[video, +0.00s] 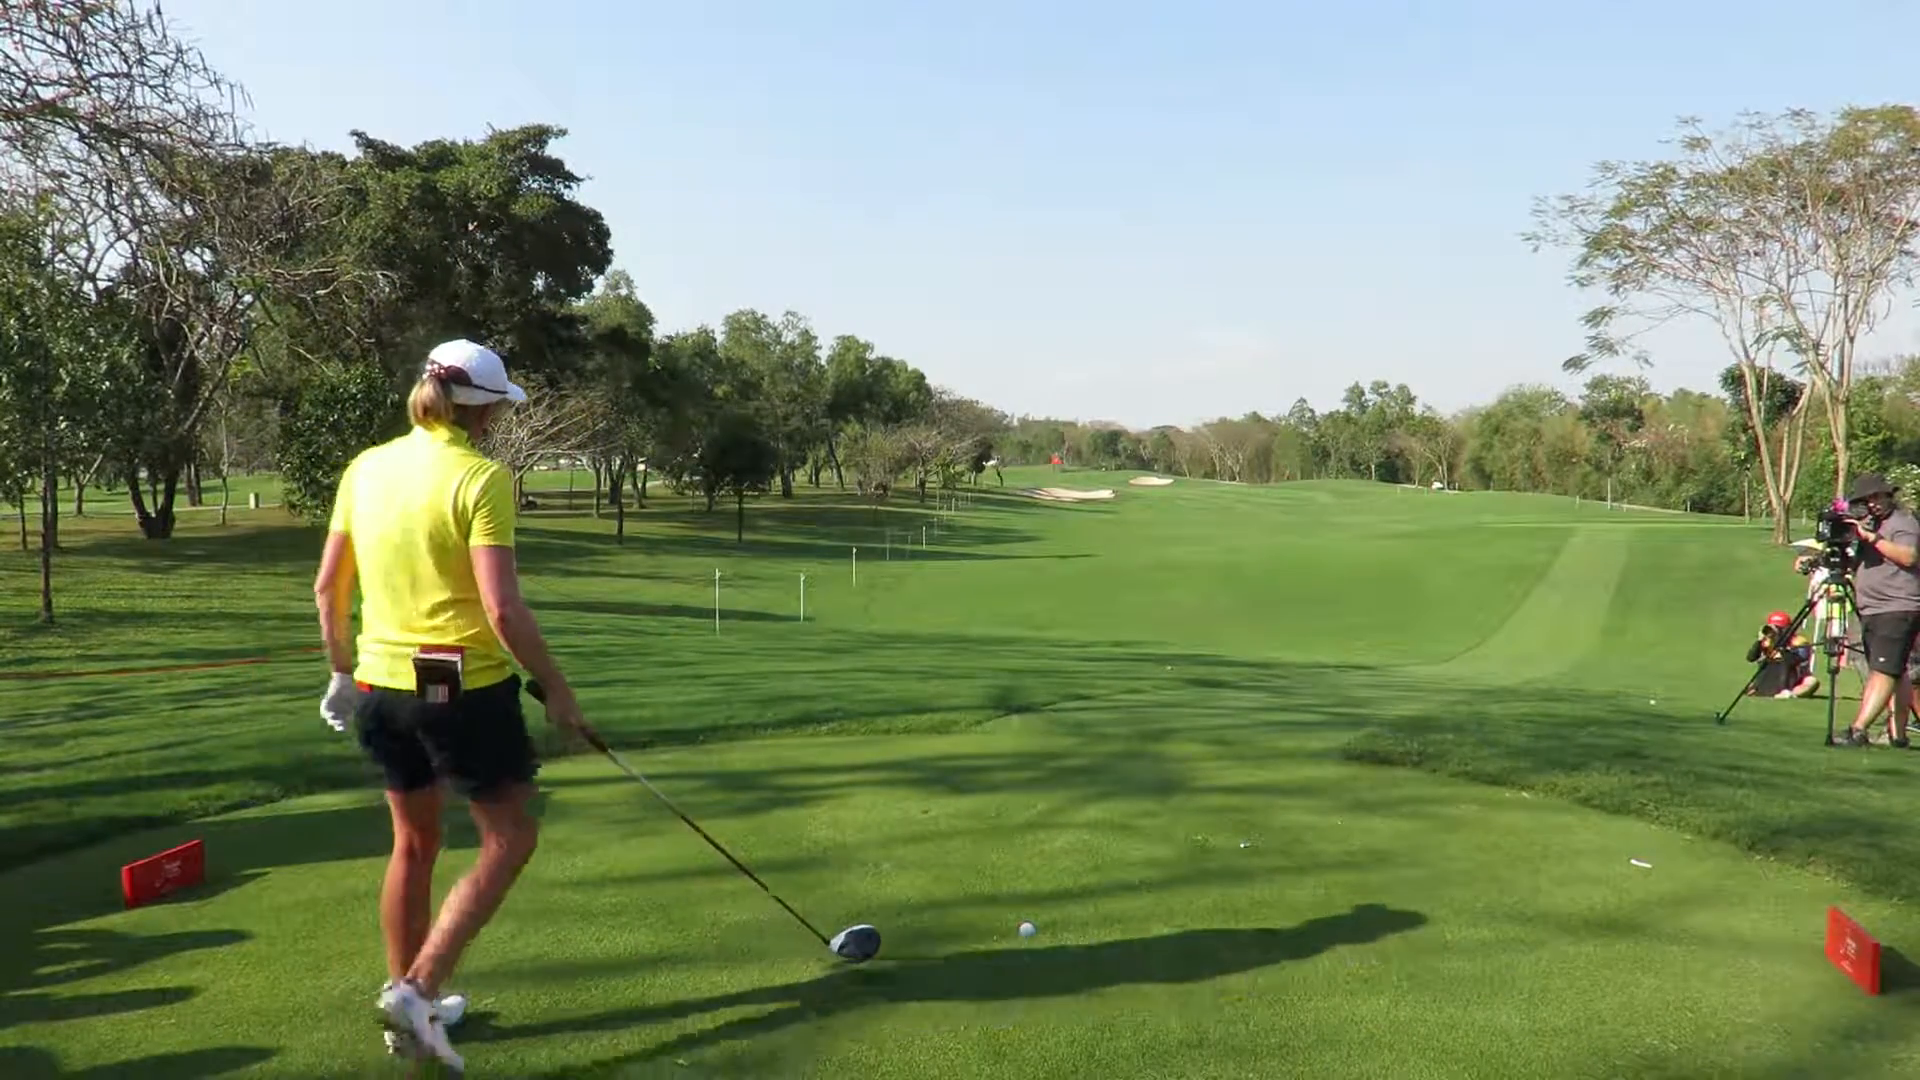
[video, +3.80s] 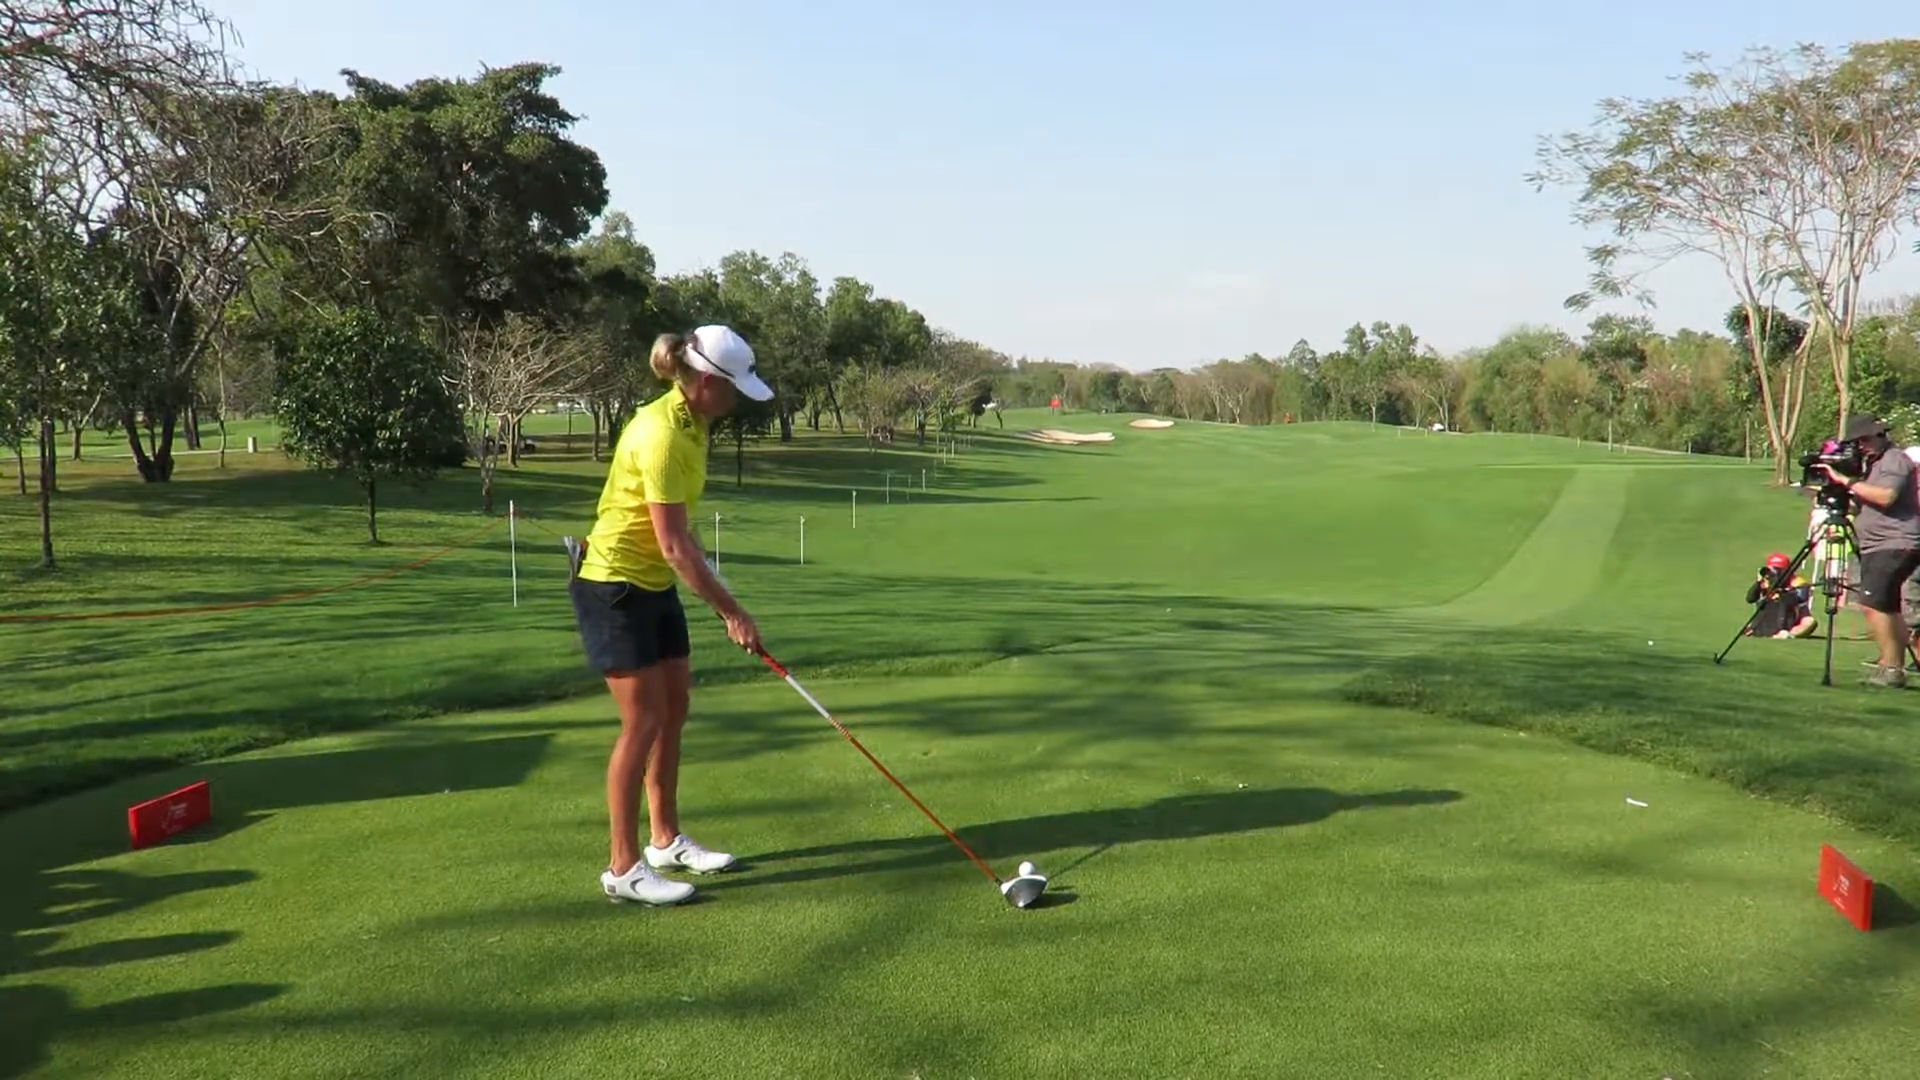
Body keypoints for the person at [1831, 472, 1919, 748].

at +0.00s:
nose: (1873, 505)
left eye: (1877, 499)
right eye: (1867, 501)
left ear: (1889, 497)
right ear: (1863, 505)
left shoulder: (1902, 522)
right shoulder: (1870, 526)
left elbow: (1909, 557)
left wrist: (1872, 538)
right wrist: (1844, 536)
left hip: (1898, 608)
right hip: (1873, 609)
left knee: (1883, 669)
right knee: (1893, 673)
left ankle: (1858, 728)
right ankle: (1898, 734)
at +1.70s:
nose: (1867, 469)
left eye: (1871, 462)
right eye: (1863, 464)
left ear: (1886, 459)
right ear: (1862, 465)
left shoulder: (1899, 483)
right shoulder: (1876, 488)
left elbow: (1899, 517)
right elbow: (1867, 524)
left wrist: (1862, 501)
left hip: (1896, 569)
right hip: (1874, 570)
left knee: (1881, 631)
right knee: (1893, 634)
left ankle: (1855, 691)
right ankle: (1896, 695)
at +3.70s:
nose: (1862, 448)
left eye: (1865, 441)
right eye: (1858, 444)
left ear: (1880, 437)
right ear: (1859, 445)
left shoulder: (1894, 461)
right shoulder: (1876, 465)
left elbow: (1887, 497)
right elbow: (1865, 497)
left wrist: (1848, 483)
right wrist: (1841, 481)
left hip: (1896, 544)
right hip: (1878, 545)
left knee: (1867, 599)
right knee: (1893, 611)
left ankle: (1874, 666)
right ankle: (1896, 673)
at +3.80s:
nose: (1862, 449)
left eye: (1865, 441)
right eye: (1858, 444)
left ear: (1879, 437)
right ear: (1860, 444)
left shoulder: (1895, 460)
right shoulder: (1878, 464)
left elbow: (1886, 496)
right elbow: (1863, 503)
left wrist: (1847, 483)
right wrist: (1841, 485)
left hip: (1896, 545)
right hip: (1881, 545)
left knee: (1874, 604)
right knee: (1889, 609)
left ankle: (1890, 666)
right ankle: (1894, 665)